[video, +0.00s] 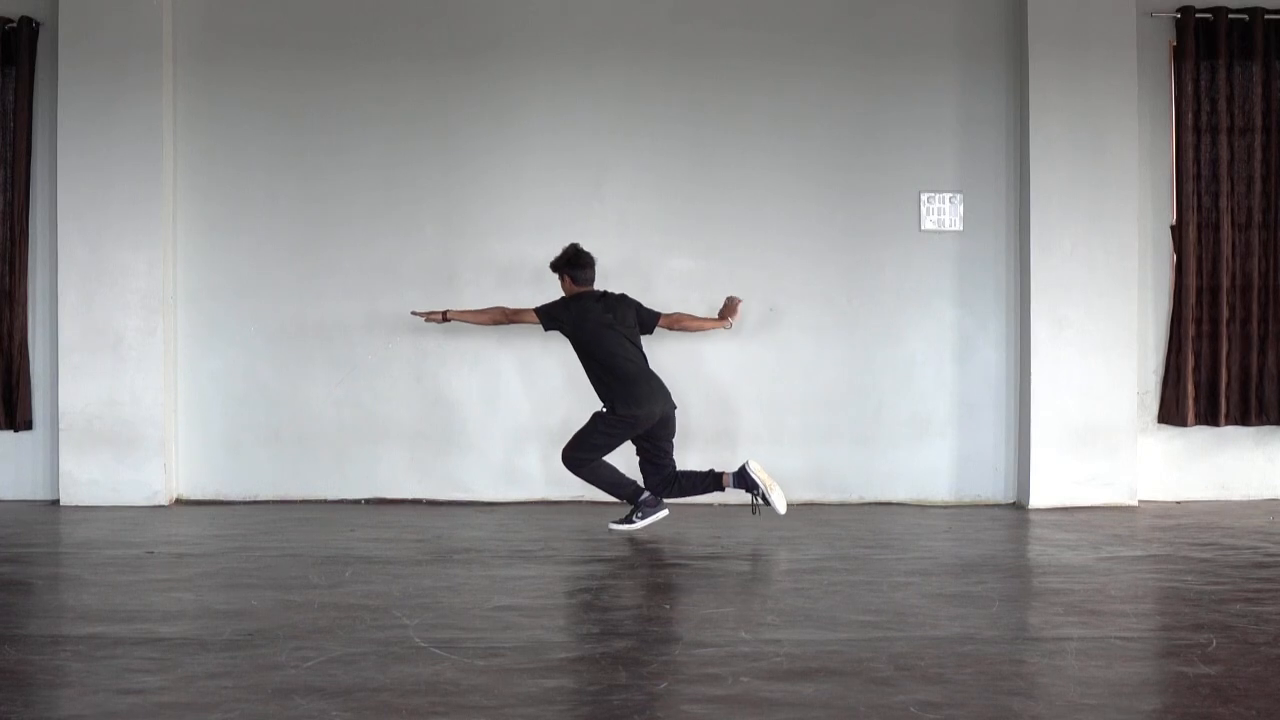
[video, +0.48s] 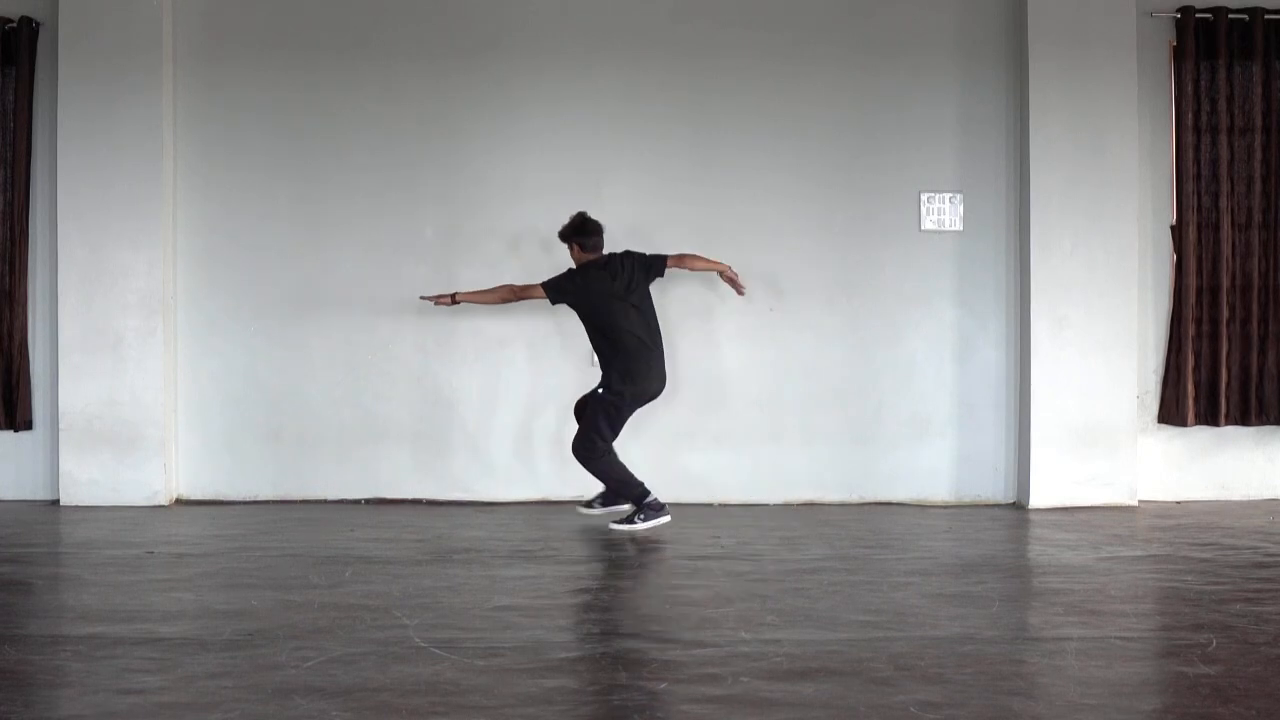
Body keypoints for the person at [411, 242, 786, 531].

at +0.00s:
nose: (559, 285)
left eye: (560, 279)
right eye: (562, 279)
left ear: (566, 280)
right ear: (593, 275)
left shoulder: (568, 309)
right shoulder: (623, 304)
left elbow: (506, 315)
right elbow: (674, 322)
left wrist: (451, 315)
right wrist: (722, 322)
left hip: (627, 407)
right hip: (660, 404)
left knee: (577, 456)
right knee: (661, 483)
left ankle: (644, 502)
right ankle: (739, 479)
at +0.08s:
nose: (562, 282)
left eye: (561, 276)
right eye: (565, 275)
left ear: (567, 277)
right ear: (595, 273)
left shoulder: (568, 306)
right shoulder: (626, 300)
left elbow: (505, 313)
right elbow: (675, 318)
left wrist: (451, 312)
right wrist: (721, 313)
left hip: (626, 404)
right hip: (659, 401)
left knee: (577, 455)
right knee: (654, 479)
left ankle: (644, 502)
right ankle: (731, 478)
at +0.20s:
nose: (562, 274)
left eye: (562, 269)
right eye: (564, 269)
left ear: (571, 270)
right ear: (596, 266)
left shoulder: (568, 302)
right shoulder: (628, 294)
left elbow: (507, 309)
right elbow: (679, 308)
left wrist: (453, 308)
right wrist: (716, 296)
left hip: (627, 400)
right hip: (659, 397)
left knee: (578, 454)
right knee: (637, 467)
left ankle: (645, 503)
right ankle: (712, 473)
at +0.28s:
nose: (565, 270)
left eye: (565, 265)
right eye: (567, 265)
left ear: (573, 265)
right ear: (598, 261)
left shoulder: (570, 297)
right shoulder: (629, 287)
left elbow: (509, 305)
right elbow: (683, 299)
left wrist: (454, 306)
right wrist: (713, 279)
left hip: (628, 395)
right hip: (659, 392)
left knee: (581, 451)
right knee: (619, 452)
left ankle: (645, 504)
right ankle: (692, 472)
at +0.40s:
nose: (569, 261)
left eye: (569, 256)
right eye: (571, 255)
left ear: (576, 256)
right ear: (601, 250)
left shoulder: (573, 287)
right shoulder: (634, 274)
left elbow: (514, 298)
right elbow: (688, 278)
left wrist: (459, 301)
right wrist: (718, 264)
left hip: (627, 388)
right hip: (656, 383)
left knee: (584, 450)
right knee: (600, 428)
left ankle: (646, 505)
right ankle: (650, 479)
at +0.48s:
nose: (569, 253)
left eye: (569, 248)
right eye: (572, 247)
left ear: (576, 248)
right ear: (601, 243)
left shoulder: (574, 281)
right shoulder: (632, 262)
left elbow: (514, 293)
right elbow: (683, 261)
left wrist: (460, 297)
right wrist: (723, 268)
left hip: (624, 384)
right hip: (652, 378)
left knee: (586, 448)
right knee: (583, 408)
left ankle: (648, 504)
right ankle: (617, 488)